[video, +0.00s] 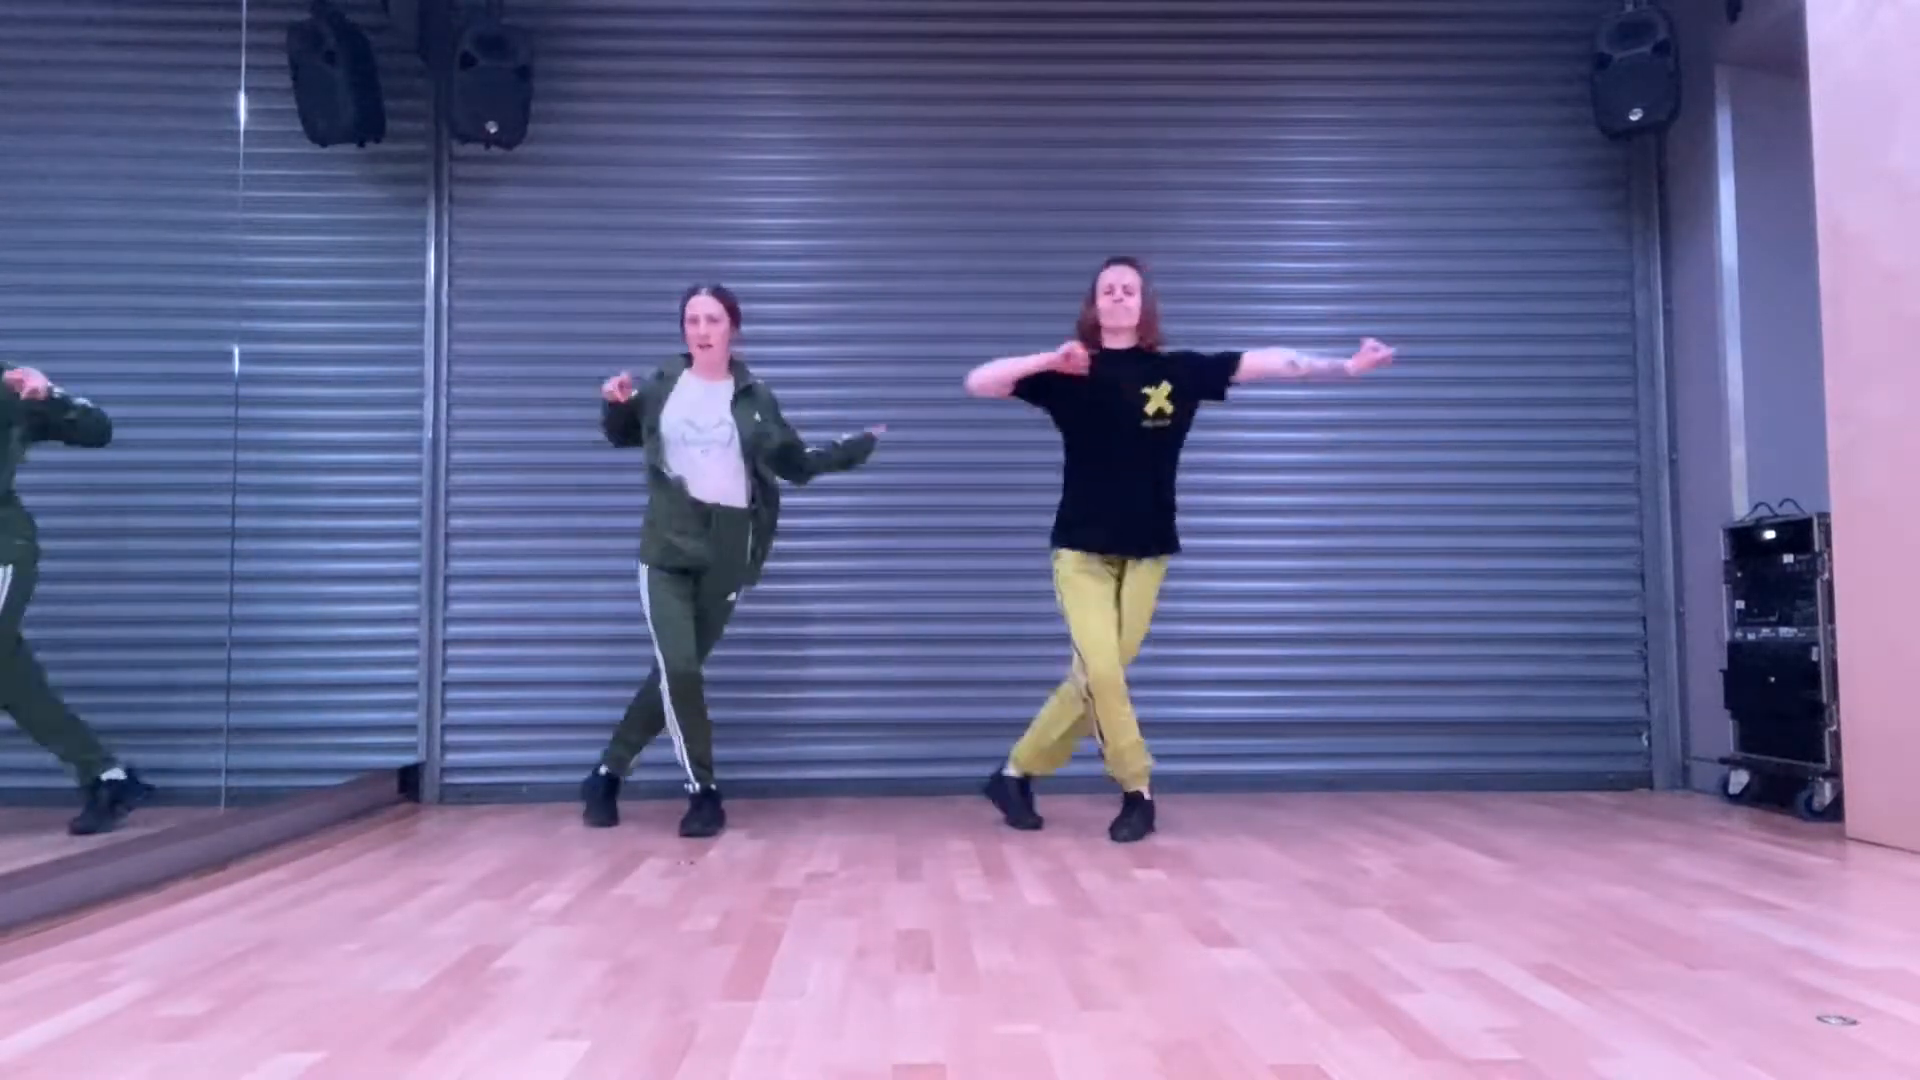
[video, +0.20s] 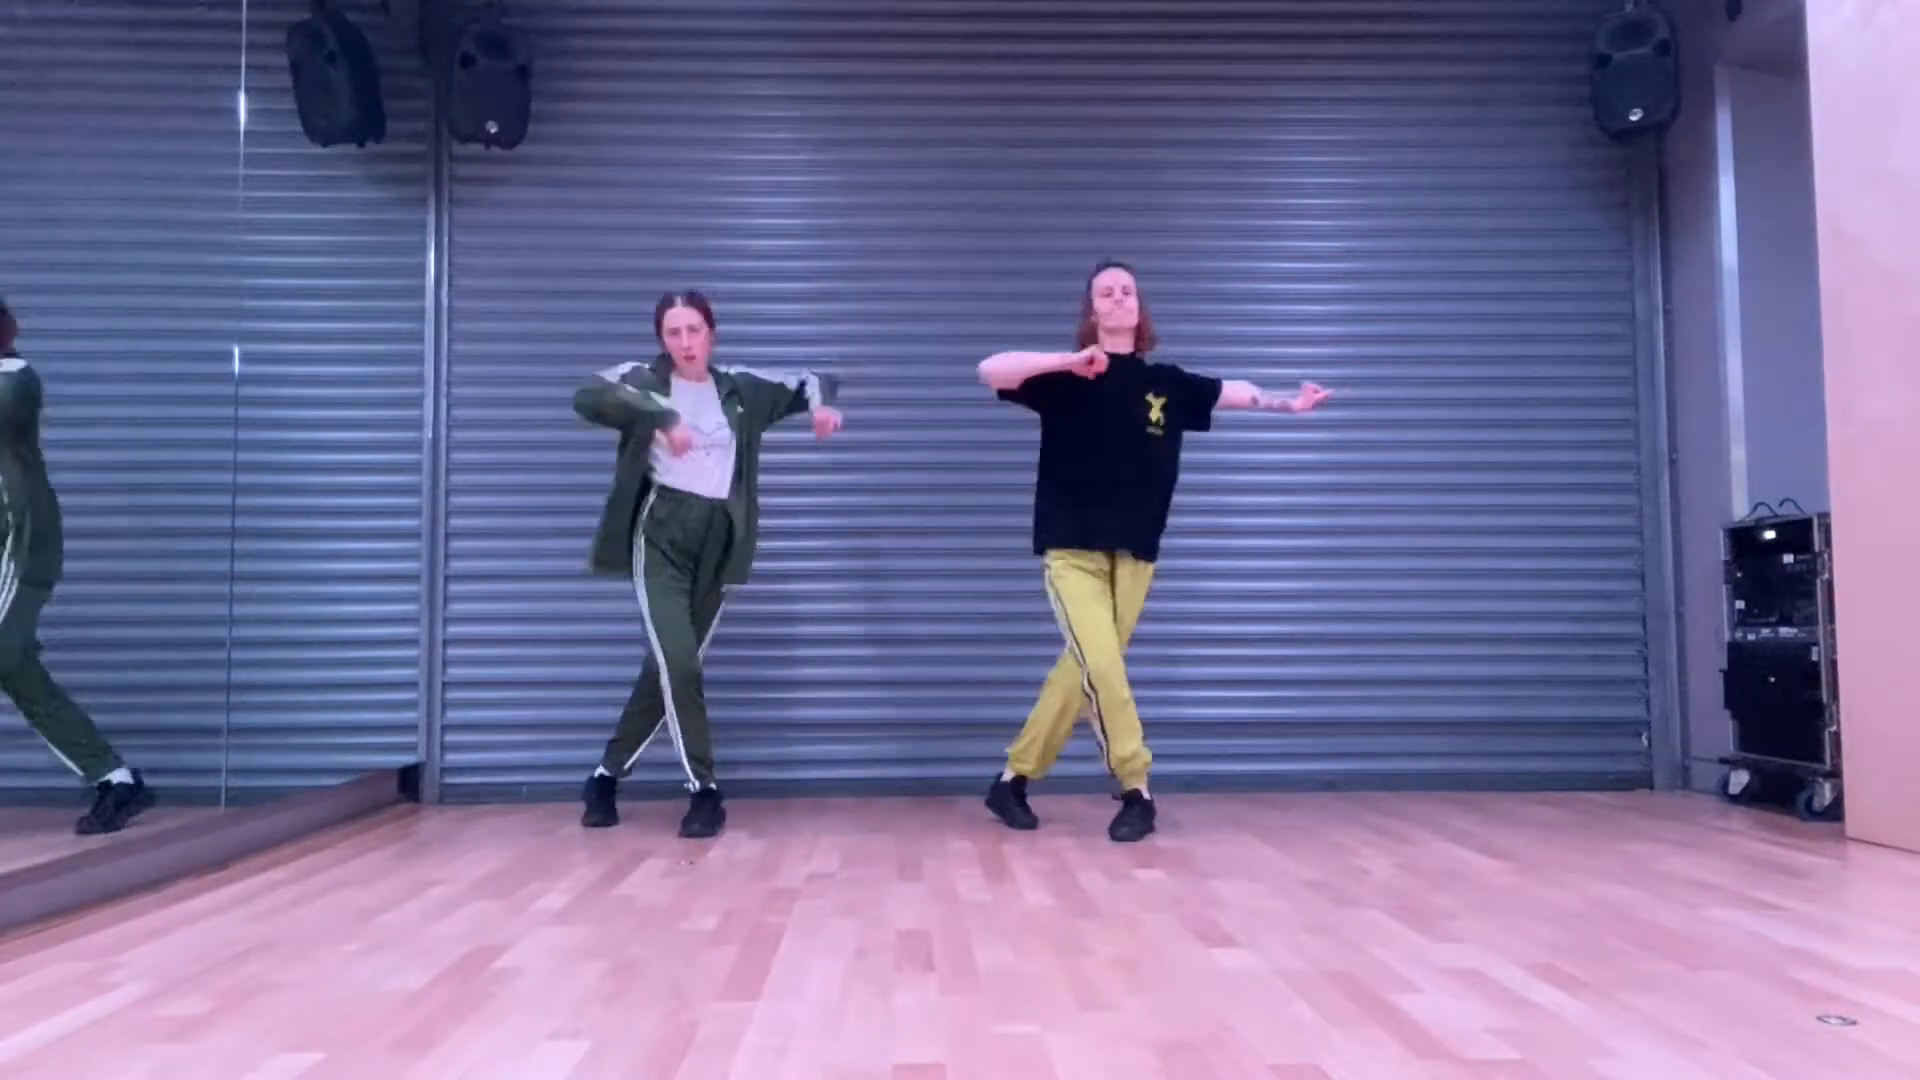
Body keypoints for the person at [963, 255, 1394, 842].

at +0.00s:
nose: (1119, 298)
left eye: (1129, 290)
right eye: (1109, 290)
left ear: (1146, 304)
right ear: (1093, 304)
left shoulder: (1179, 370)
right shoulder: (1065, 374)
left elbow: (1271, 364)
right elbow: (976, 384)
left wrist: (1346, 366)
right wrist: (1046, 362)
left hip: (1147, 550)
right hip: (1080, 547)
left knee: (1098, 678)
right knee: (1102, 669)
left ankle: (1015, 774)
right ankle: (1136, 792)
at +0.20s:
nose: (1118, 299)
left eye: (1126, 292)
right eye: (1107, 293)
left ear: (1141, 307)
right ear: (1089, 309)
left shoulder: (1167, 381)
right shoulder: (1060, 379)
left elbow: (1239, 395)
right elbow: (989, 372)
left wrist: (1290, 403)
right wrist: (1061, 363)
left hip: (1134, 554)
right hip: (1068, 548)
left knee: (1088, 665)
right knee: (1101, 662)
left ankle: (1011, 782)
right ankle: (1135, 793)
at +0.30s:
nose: (1117, 285)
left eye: (1124, 279)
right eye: (1104, 282)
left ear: (1138, 298)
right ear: (1086, 305)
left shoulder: (1153, 366)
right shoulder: (1079, 361)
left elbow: (1202, 371)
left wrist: (1251, 359)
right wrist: (1141, 373)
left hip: (1131, 544)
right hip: (1074, 538)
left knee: (1078, 664)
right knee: (1112, 655)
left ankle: (1010, 779)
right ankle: (1136, 788)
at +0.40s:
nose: (1150, 289)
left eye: (1141, 282)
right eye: (1136, 288)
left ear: (1114, 321)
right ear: (1124, 315)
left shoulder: (1102, 361)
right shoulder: (1140, 365)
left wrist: (1171, 377)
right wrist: (1178, 451)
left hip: (1057, 528)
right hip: (1093, 532)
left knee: (1064, 656)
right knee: (1121, 654)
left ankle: (999, 777)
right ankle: (1139, 790)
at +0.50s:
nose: (1189, 334)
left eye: (1190, 326)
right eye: (1187, 328)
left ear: (1134, 313)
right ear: (1169, 333)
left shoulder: (1088, 351)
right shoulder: (1161, 390)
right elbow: (1179, 478)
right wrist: (1148, 527)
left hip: (1035, 517)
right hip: (1101, 528)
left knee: (1043, 652)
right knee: (1129, 657)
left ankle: (1030, 782)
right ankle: (1138, 793)